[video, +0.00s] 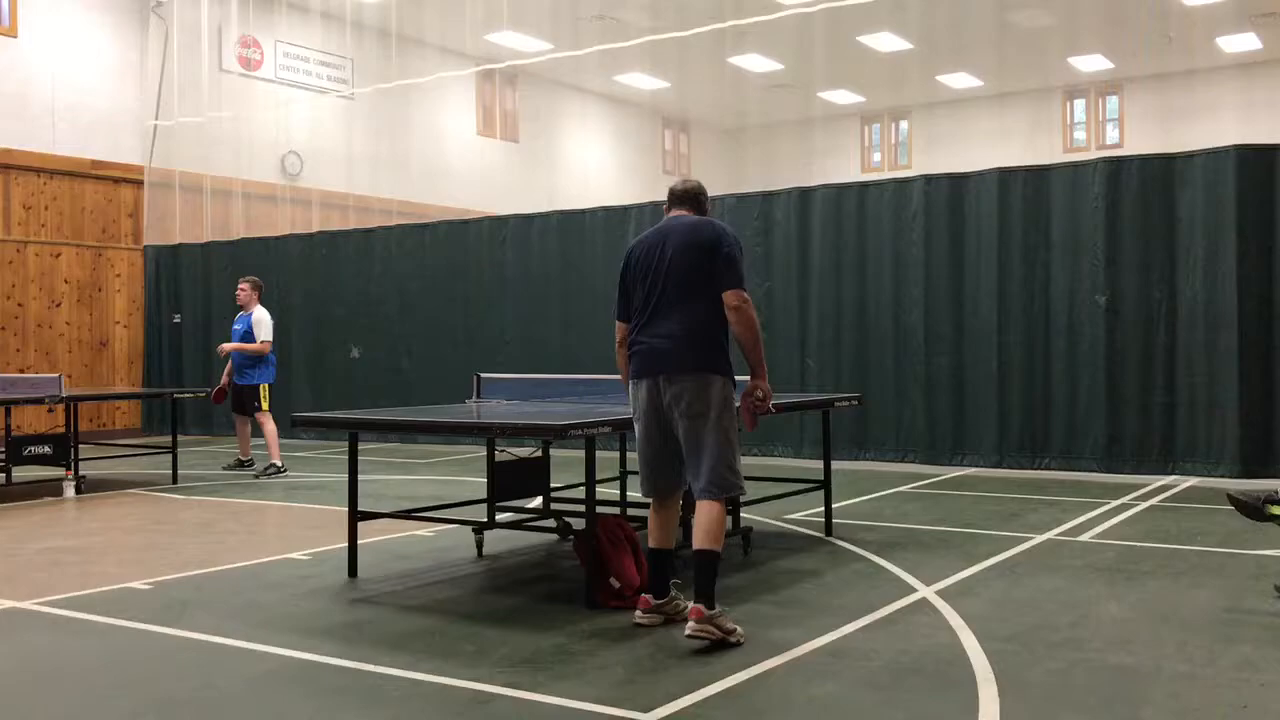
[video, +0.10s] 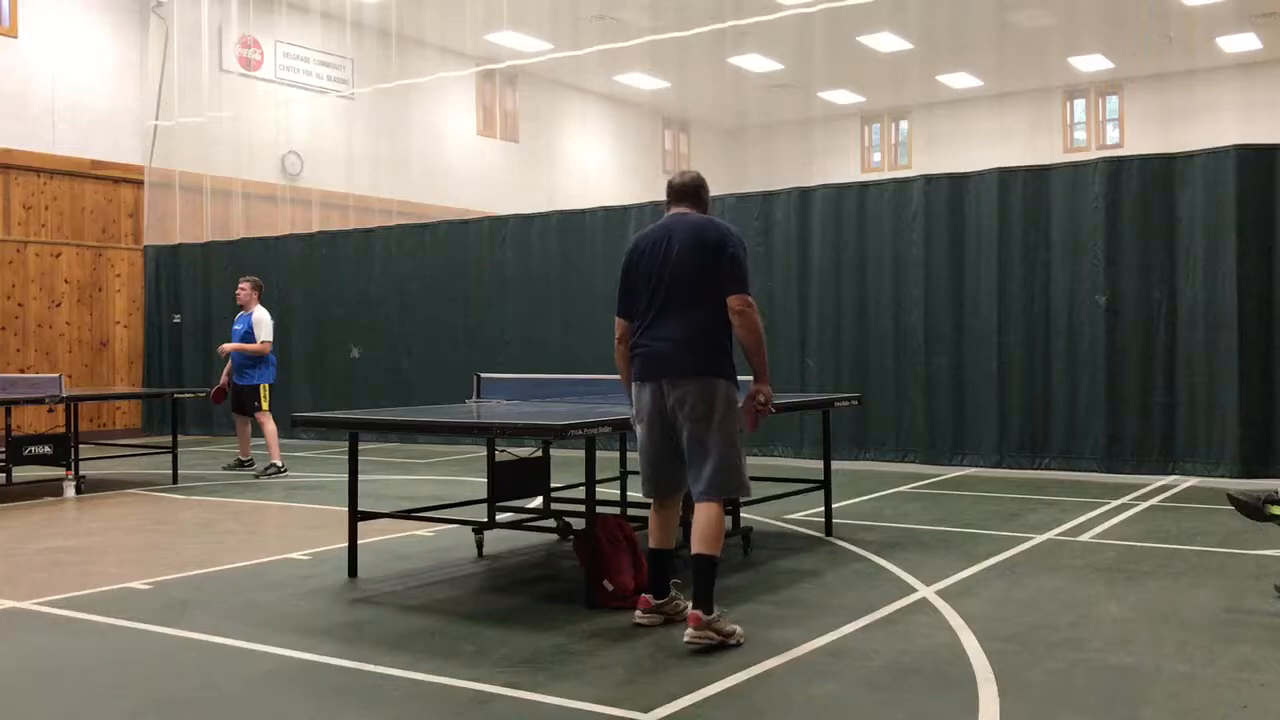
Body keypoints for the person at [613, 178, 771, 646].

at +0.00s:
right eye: (708, 210)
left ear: (665, 210)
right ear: (706, 209)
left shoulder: (637, 248)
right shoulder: (717, 236)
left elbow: (623, 333)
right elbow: (736, 303)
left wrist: (631, 389)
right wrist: (759, 374)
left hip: (646, 375)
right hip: (702, 372)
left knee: (663, 489)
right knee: (710, 489)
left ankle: (657, 598)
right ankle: (703, 609)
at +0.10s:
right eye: (706, 201)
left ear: (665, 202)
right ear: (707, 202)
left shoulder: (640, 244)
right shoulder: (722, 236)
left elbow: (623, 331)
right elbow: (740, 307)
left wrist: (632, 390)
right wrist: (761, 378)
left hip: (647, 380)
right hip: (705, 378)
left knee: (664, 491)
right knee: (709, 491)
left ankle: (657, 598)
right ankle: (702, 616)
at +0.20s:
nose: (705, 204)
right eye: (710, 197)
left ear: (668, 197)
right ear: (711, 197)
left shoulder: (641, 242)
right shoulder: (727, 237)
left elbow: (621, 329)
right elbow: (746, 311)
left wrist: (629, 395)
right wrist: (767, 383)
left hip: (652, 383)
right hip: (710, 381)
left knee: (665, 491)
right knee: (710, 494)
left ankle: (657, 598)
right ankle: (701, 620)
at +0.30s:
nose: (707, 198)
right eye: (714, 191)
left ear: (674, 192)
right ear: (717, 192)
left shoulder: (646, 239)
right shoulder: (733, 238)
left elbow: (621, 324)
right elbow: (752, 316)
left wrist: (624, 392)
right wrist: (774, 387)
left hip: (654, 381)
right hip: (714, 381)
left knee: (664, 491)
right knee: (710, 495)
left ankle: (657, 599)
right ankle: (701, 623)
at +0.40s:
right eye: (722, 186)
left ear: (680, 188)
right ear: (724, 189)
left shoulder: (649, 234)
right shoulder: (739, 238)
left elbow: (622, 316)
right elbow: (757, 319)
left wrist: (620, 388)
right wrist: (780, 390)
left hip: (654, 380)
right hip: (716, 381)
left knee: (658, 492)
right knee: (711, 495)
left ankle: (654, 598)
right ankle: (703, 622)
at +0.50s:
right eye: (727, 180)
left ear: (684, 183)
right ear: (729, 186)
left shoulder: (651, 229)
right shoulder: (742, 238)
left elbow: (621, 309)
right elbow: (759, 320)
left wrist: (617, 383)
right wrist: (781, 391)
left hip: (650, 378)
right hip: (714, 380)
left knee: (650, 493)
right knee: (710, 495)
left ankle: (643, 597)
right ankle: (701, 622)